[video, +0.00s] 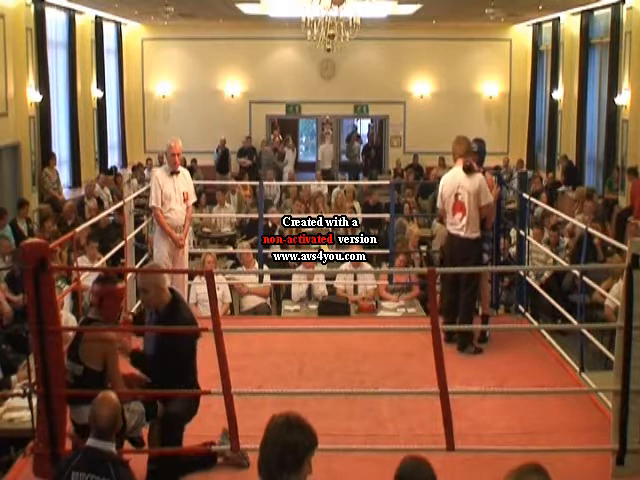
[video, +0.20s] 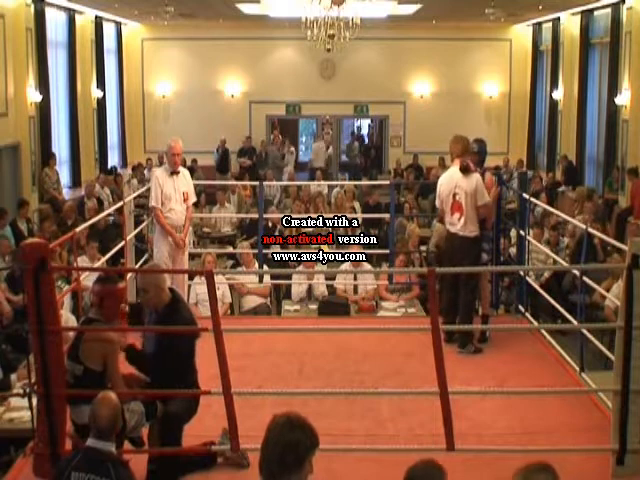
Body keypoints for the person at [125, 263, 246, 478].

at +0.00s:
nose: (141, 297)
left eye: (145, 291)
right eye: (140, 291)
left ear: (162, 288)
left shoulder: (180, 320)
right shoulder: (154, 306)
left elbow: (165, 372)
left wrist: (131, 353)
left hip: (179, 397)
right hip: (161, 390)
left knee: (160, 470)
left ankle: (217, 454)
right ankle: (215, 450)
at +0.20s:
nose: (141, 297)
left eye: (145, 291)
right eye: (139, 291)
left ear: (162, 289)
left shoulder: (179, 319)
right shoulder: (152, 306)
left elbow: (162, 370)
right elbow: (131, 316)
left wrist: (130, 351)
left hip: (180, 395)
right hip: (159, 389)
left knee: (161, 469)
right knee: (162, 467)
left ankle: (217, 454)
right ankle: (216, 450)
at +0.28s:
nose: (140, 297)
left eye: (144, 292)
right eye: (138, 292)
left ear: (161, 289)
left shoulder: (179, 320)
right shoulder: (151, 306)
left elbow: (162, 372)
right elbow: (133, 315)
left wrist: (130, 348)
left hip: (182, 393)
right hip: (158, 387)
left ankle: (217, 454)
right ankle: (217, 451)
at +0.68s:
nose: (137, 298)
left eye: (141, 293)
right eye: (135, 292)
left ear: (157, 289)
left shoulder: (178, 320)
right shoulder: (143, 306)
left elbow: (164, 376)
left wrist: (136, 348)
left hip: (182, 392)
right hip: (157, 386)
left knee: (168, 415)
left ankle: (216, 453)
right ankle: (215, 451)